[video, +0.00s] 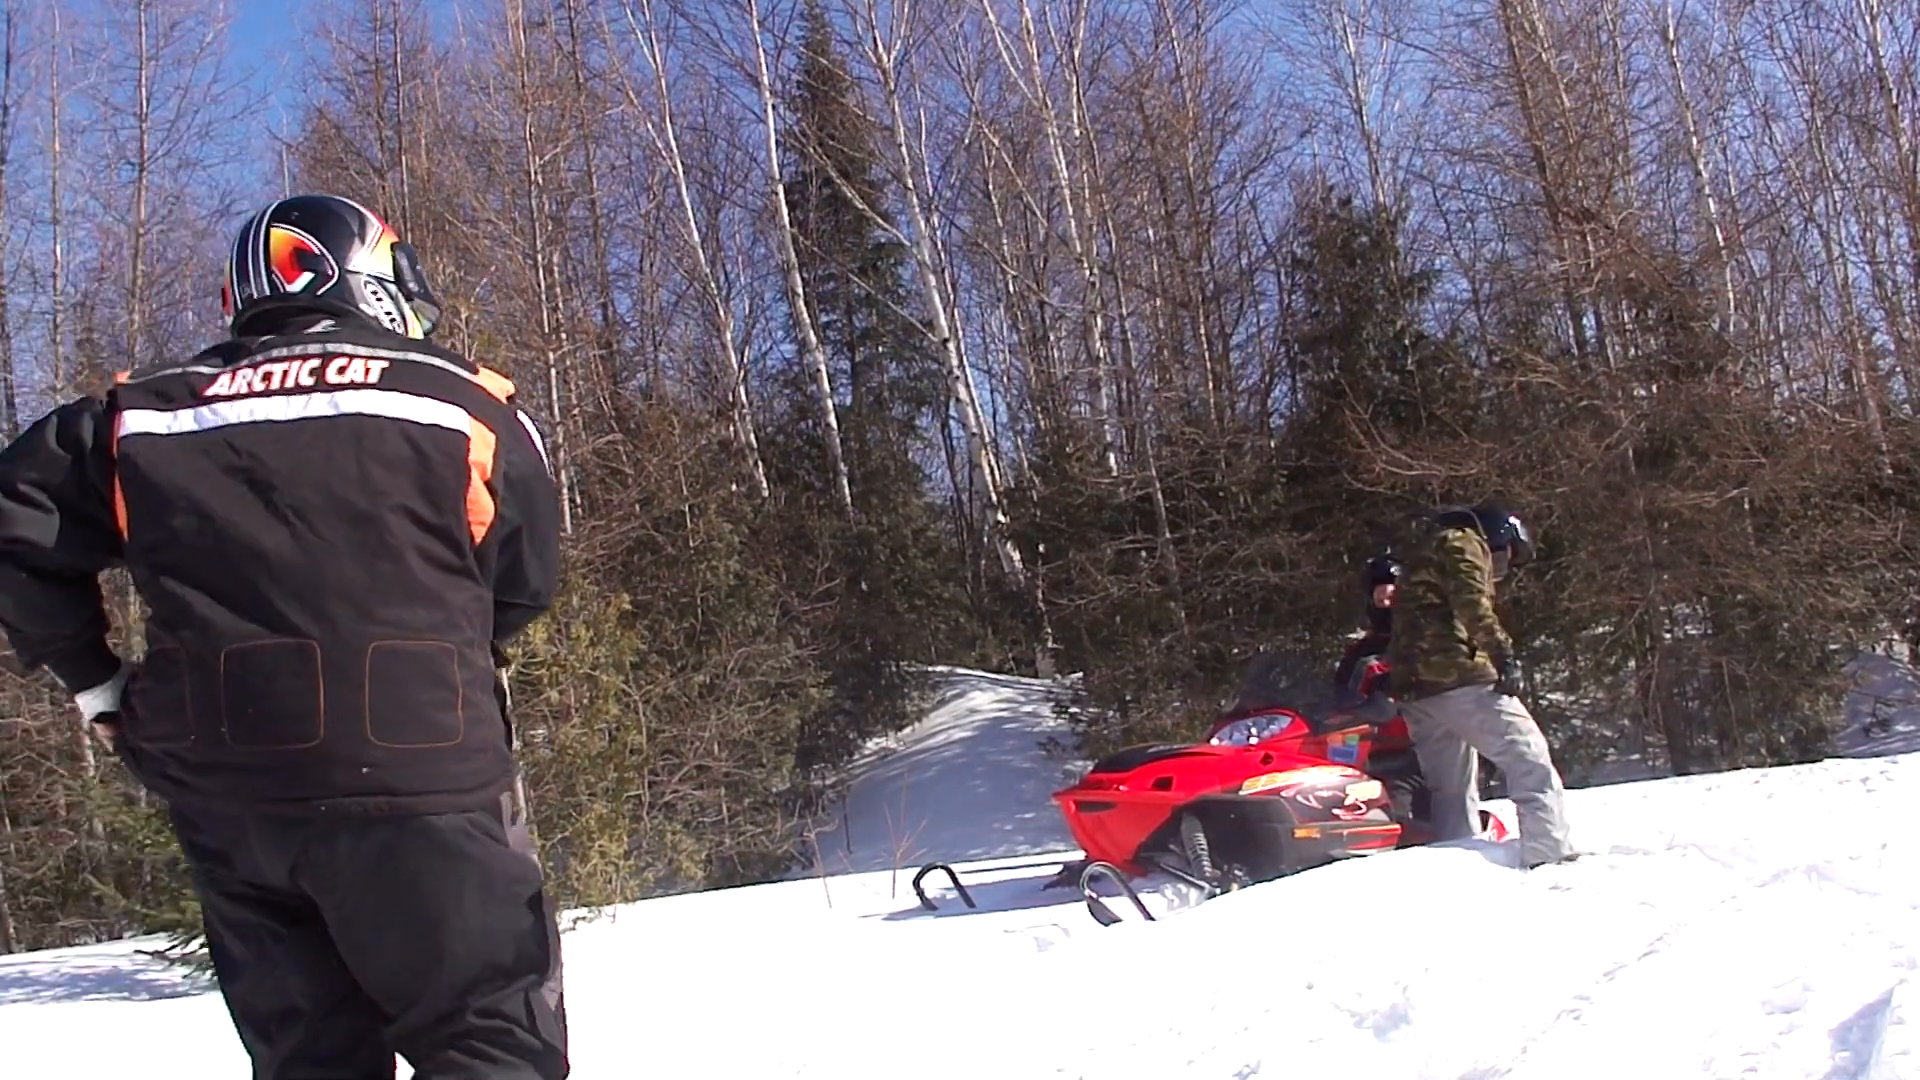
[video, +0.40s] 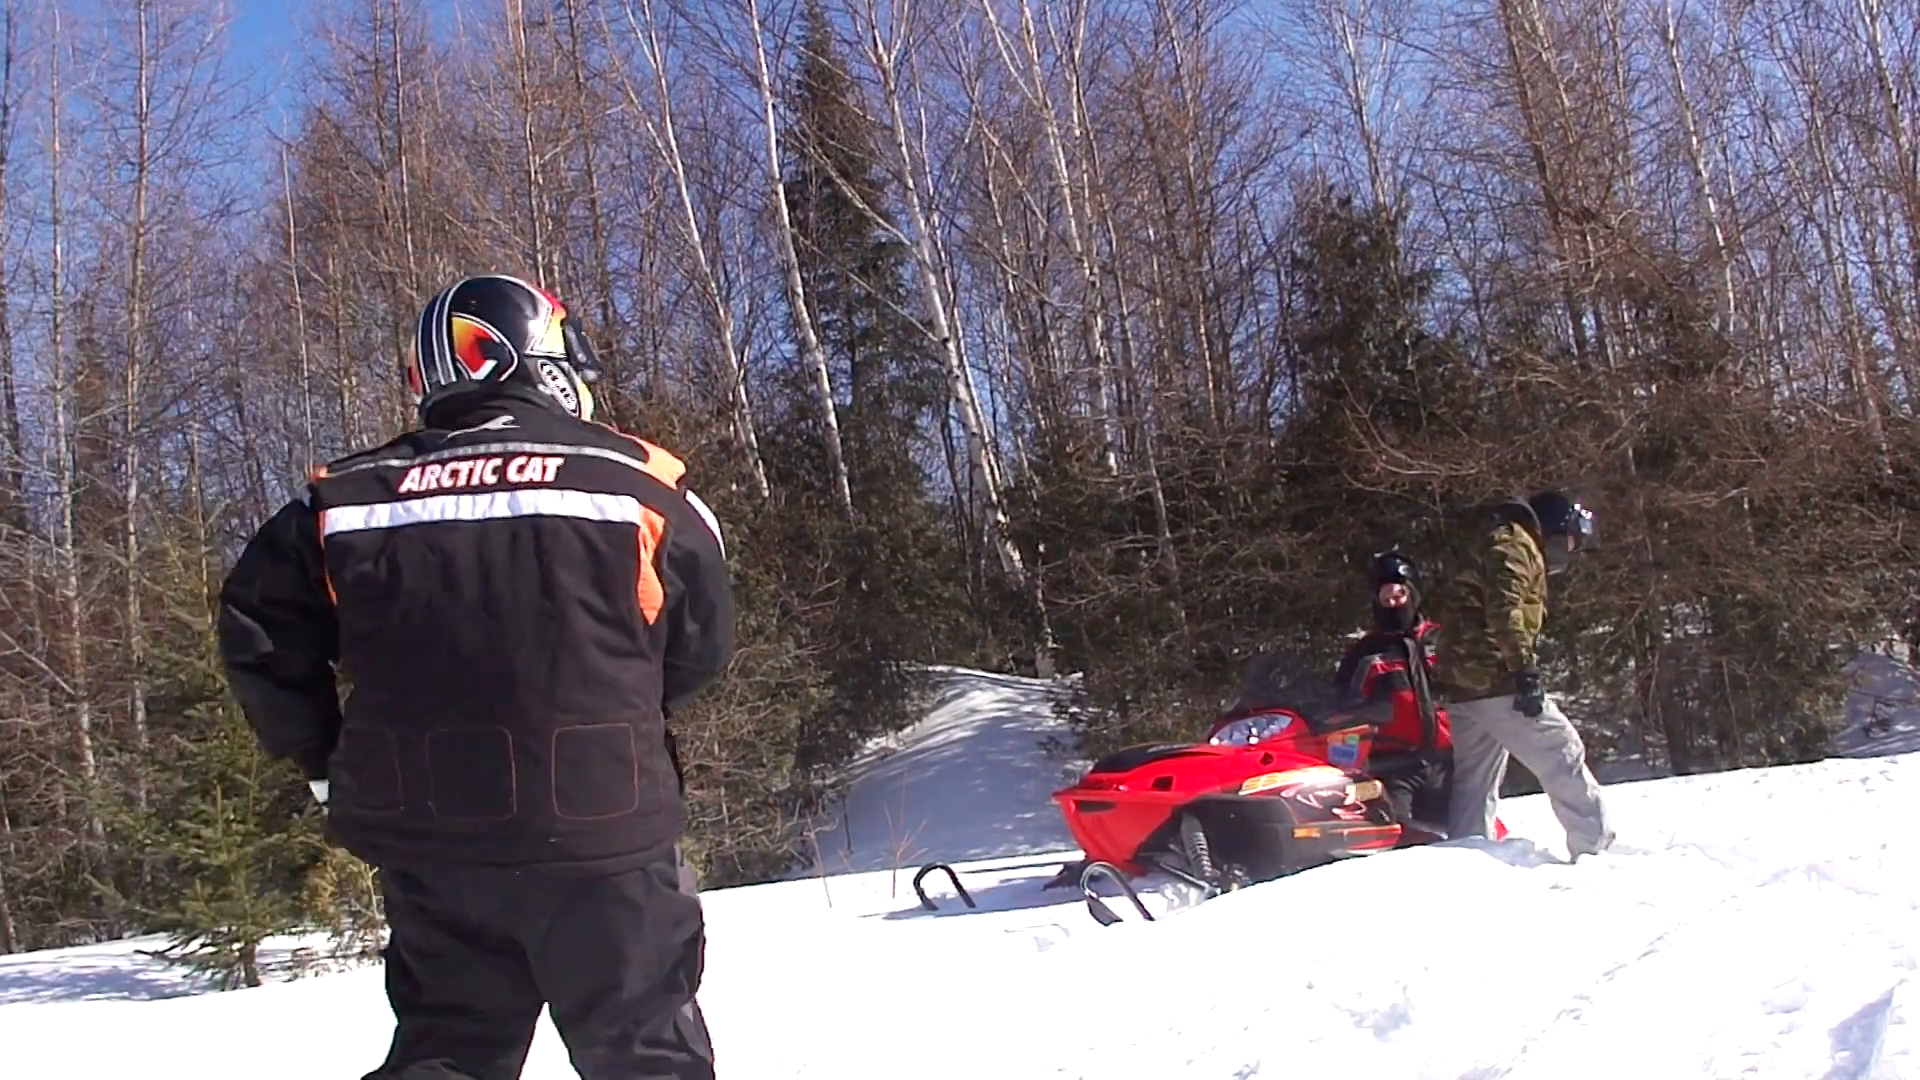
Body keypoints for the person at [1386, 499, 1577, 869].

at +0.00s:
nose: (1504, 566)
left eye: (1510, 560)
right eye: (1508, 555)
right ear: (1497, 536)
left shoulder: (1421, 551)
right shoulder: (1461, 542)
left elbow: (1409, 623)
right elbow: (1473, 606)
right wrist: (1505, 657)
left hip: (1412, 686)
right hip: (1456, 675)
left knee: (1450, 789)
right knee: (1527, 753)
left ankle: (1459, 868)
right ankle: (1548, 853)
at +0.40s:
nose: (1569, 554)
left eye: (1574, 547)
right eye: (1571, 543)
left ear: (1545, 525)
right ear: (1554, 528)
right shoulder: (1513, 543)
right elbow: (1507, 612)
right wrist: (1528, 677)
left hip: (1461, 681)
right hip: (1494, 678)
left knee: (1474, 776)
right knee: (1561, 750)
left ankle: (1467, 858)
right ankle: (1593, 847)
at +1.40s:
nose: (1646, 464)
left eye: (1650, 455)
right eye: (1638, 453)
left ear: (1653, 458)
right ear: (1613, 452)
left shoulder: (1638, 510)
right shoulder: (1578, 502)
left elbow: (1647, 581)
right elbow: (1561, 569)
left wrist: (1658, 630)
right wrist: (1592, 620)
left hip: (1649, 649)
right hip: (1605, 651)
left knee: (1670, 743)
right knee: (1623, 748)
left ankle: (1664, 839)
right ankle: (1596, 850)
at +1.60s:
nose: (1634, 452)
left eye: (1642, 443)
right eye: (1624, 442)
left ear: (1651, 447)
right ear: (1604, 445)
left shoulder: (1657, 501)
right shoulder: (1577, 502)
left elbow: (1684, 565)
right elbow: (1562, 572)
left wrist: (1714, 612)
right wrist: (1573, 628)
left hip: (1664, 643)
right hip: (1614, 645)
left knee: (1673, 744)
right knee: (1624, 746)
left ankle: (1663, 836)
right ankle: (1604, 845)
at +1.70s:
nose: (1628, 451)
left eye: (1636, 442)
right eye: (1619, 442)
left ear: (1646, 446)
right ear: (1600, 445)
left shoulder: (1663, 498)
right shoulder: (1575, 503)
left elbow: (1698, 557)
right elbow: (1557, 573)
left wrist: (1736, 601)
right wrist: (1565, 629)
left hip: (1665, 640)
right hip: (1612, 643)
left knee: (1671, 745)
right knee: (1625, 746)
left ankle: (1666, 836)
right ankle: (1613, 844)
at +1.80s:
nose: (1619, 450)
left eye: (1627, 440)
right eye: (1610, 441)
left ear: (1641, 443)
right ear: (1596, 446)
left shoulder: (1666, 496)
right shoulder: (1574, 503)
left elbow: (1706, 551)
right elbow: (1557, 574)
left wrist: (1747, 593)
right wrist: (1560, 630)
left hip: (1664, 641)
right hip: (1608, 645)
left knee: (1671, 740)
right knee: (1624, 744)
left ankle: (1673, 828)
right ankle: (1630, 836)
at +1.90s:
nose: (1612, 452)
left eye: (1620, 442)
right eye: (1603, 443)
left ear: (1637, 445)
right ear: (1591, 448)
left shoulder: (1666, 497)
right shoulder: (1570, 507)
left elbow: (1706, 553)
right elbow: (1552, 578)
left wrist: (1745, 596)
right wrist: (1551, 632)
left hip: (1664, 644)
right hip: (1604, 650)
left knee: (1673, 740)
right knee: (1628, 742)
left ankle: (1676, 816)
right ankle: (1656, 826)